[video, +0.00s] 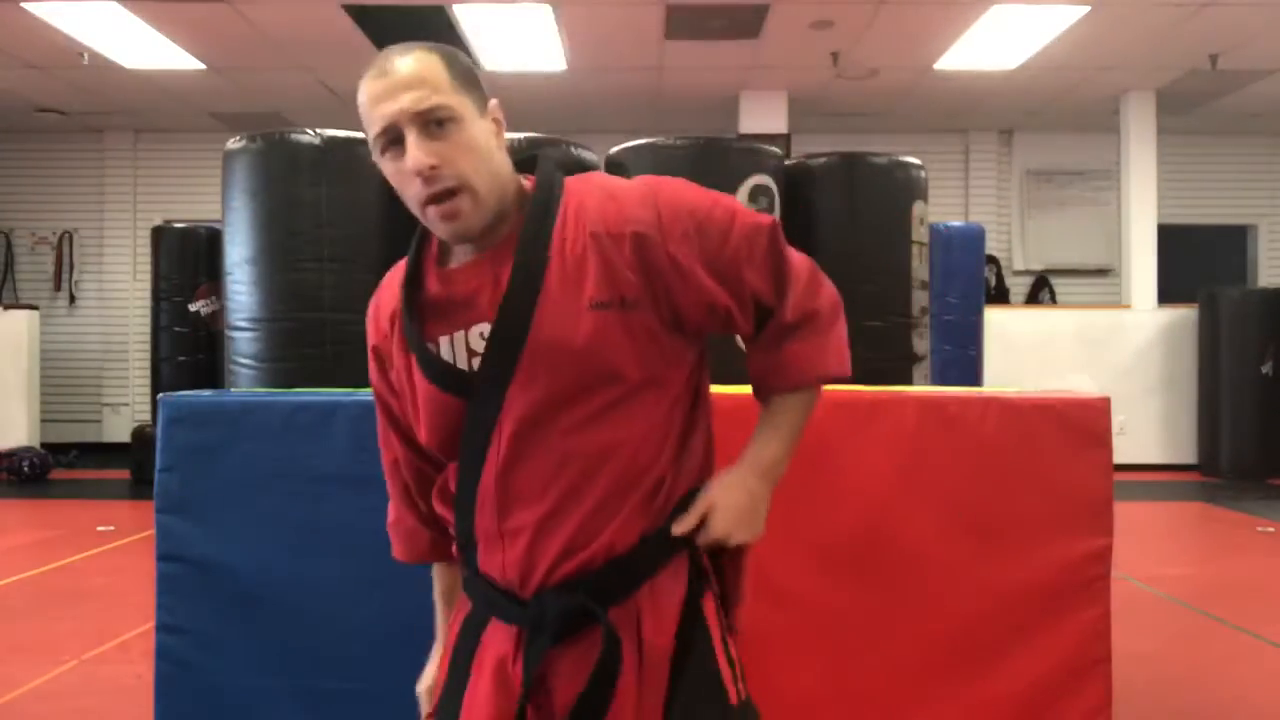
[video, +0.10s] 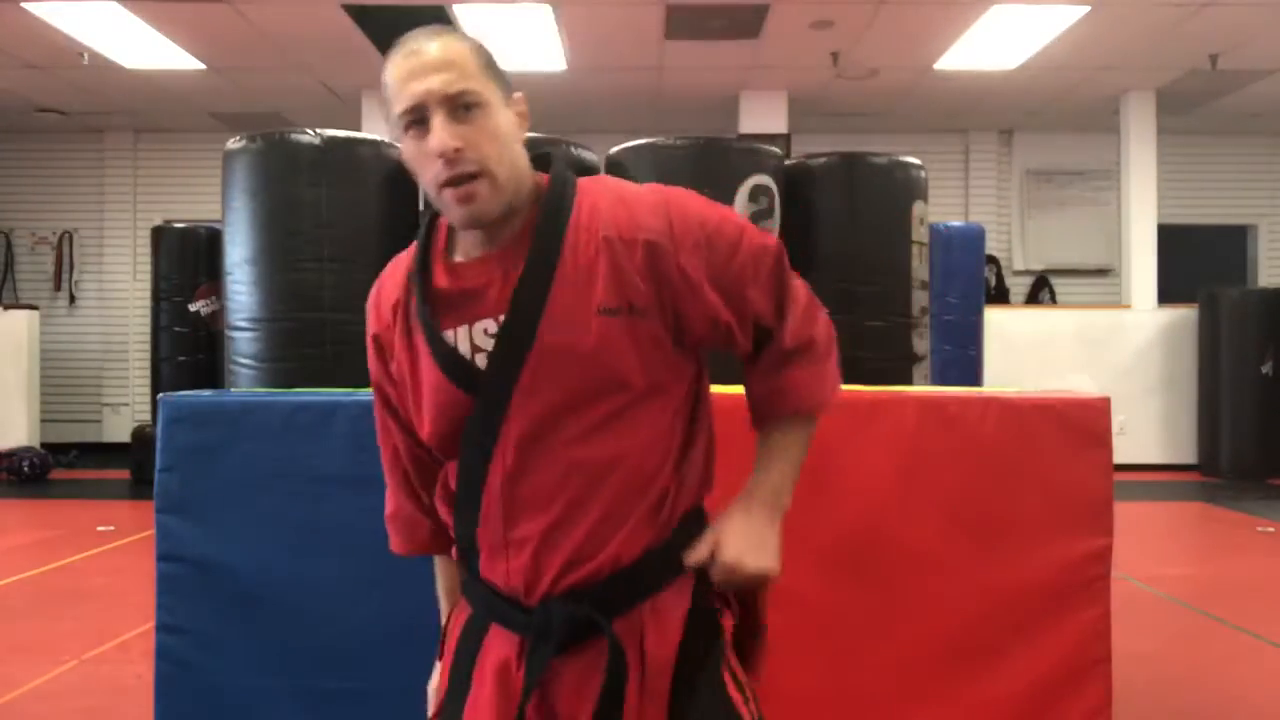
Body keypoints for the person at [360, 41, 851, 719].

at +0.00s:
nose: (418, 160)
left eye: (436, 124)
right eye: (391, 144)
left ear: (495, 119)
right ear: (381, 169)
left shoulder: (636, 223)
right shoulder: (395, 311)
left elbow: (803, 304)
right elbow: (424, 490)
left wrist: (756, 475)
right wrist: (447, 638)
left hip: (651, 629)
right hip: (498, 640)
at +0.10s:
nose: (444, 142)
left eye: (464, 108)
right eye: (416, 124)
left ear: (518, 114)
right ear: (403, 156)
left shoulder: (648, 230)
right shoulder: (396, 301)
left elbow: (798, 333)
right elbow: (425, 490)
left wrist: (762, 507)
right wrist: (455, 646)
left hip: (652, 638)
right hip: (495, 646)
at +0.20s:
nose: (482, 131)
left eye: (506, 101)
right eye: (456, 109)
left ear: (558, 112)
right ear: (435, 137)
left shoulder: (673, 247)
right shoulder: (408, 291)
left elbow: (774, 379)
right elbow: (419, 478)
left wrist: (773, 562)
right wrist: (450, 636)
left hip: (669, 648)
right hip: (505, 652)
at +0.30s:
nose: (539, 130)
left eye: (565, 101)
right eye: (513, 106)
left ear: (612, 115)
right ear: (482, 128)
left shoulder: (719, 267)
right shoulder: (436, 282)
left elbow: (782, 430)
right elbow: (434, 472)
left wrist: (795, 581)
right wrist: (456, 631)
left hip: (683, 663)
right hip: (513, 660)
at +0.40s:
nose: (611, 133)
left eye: (636, 105)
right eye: (584, 107)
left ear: (680, 120)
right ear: (547, 125)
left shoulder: (772, 279)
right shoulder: (481, 280)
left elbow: (831, 447)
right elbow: (474, 472)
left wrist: (852, 605)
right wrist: (492, 628)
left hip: (720, 671)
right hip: (545, 668)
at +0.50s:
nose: (688, 130)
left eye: (716, 104)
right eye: (662, 104)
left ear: (755, 126)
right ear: (623, 126)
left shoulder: (841, 293)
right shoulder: (541, 283)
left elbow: (907, 490)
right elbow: (523, 466)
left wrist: (958, 662)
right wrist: (540, 608)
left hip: (773, 685)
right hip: (591, 679)